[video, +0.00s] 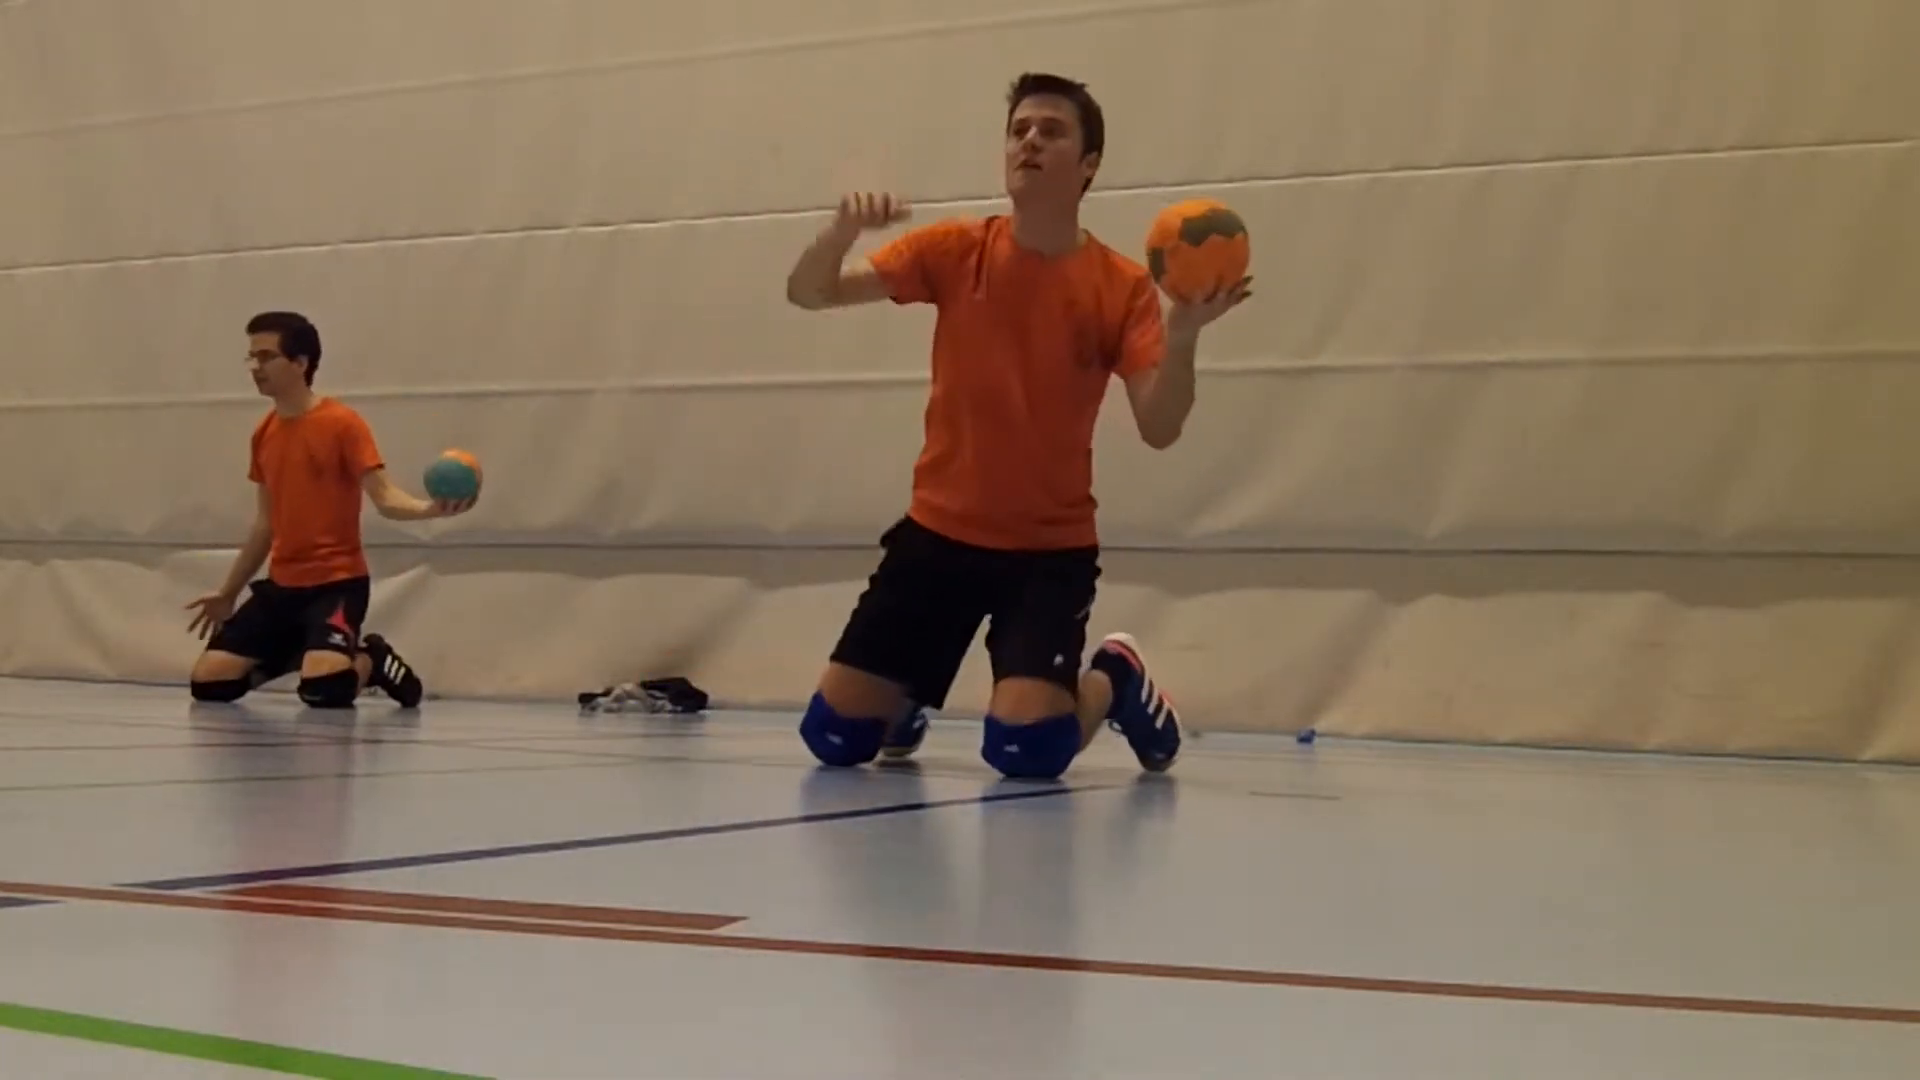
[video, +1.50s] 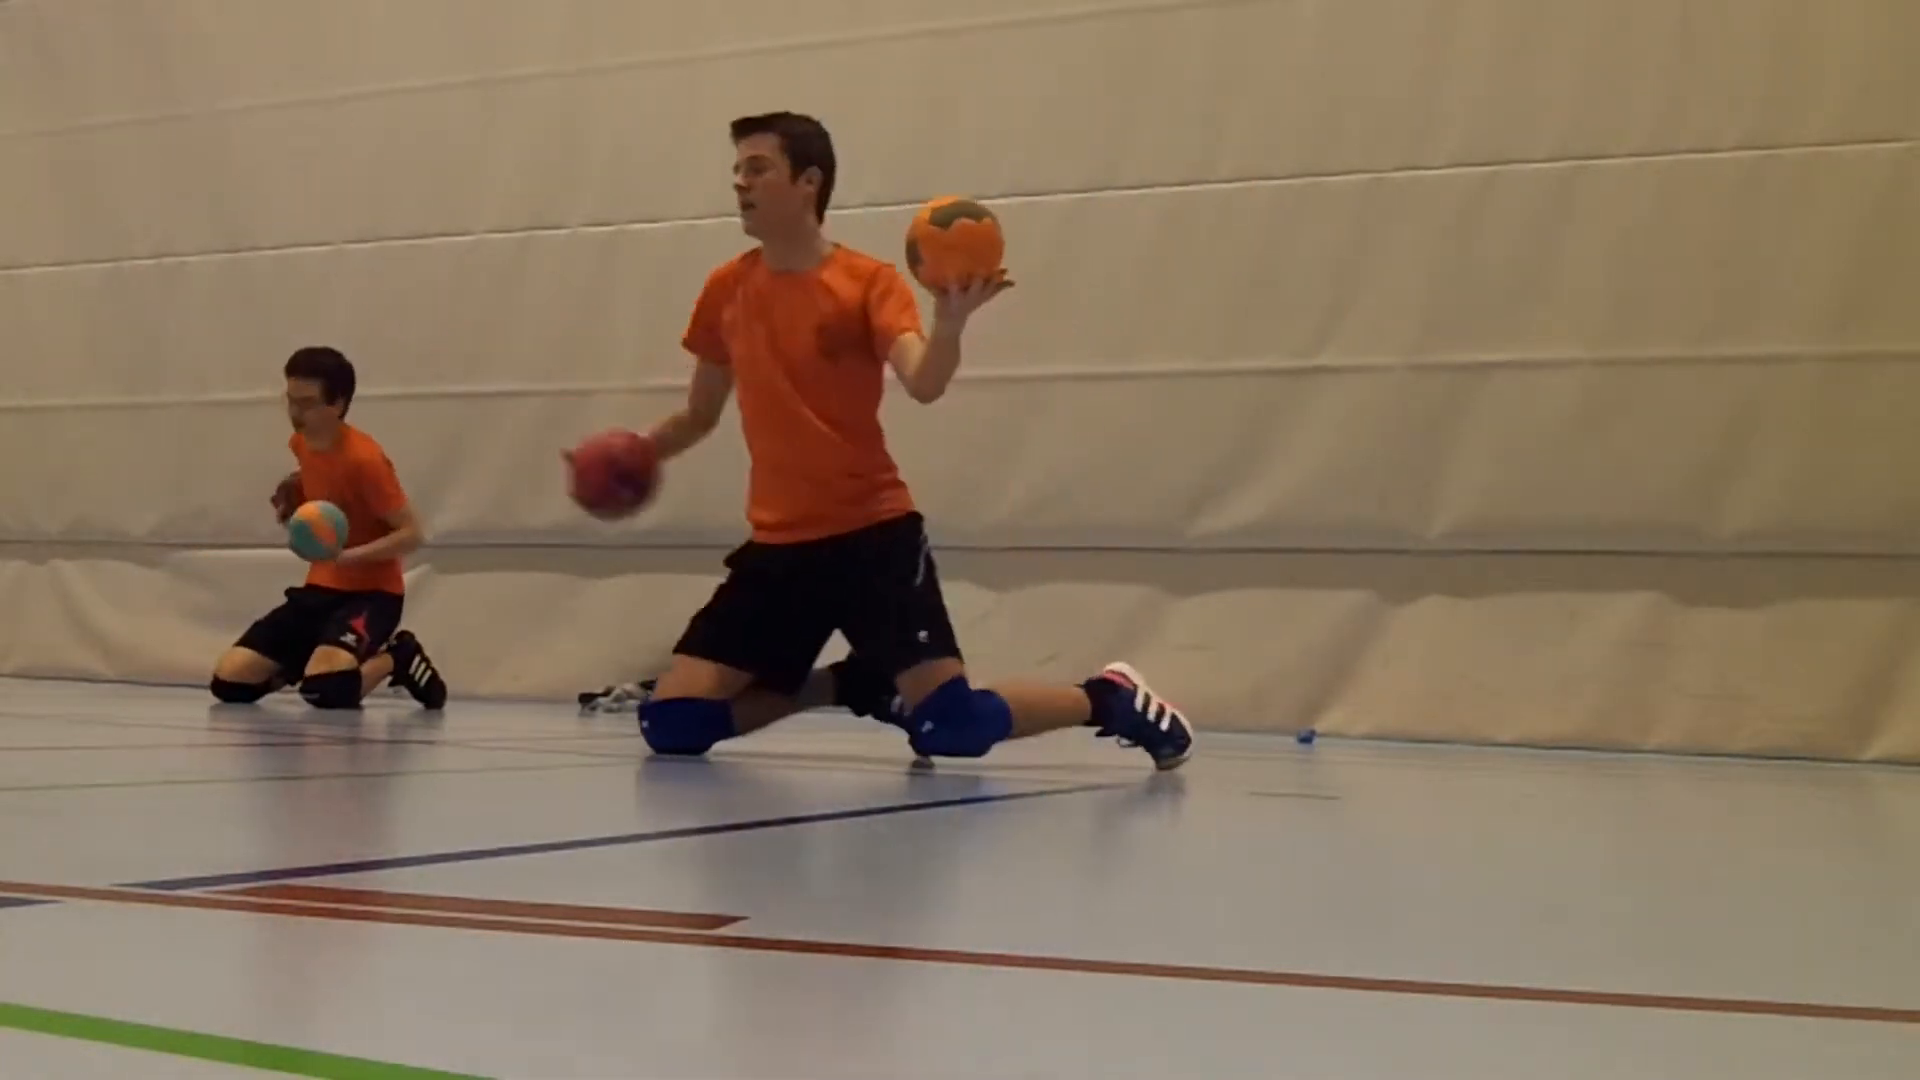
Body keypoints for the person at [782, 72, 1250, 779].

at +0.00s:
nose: (1027, 141)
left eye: (1051, 131)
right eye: (1017, 131)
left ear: (1088, 167)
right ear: (1002, 155)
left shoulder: (1122, 289)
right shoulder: (957, 251)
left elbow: (1159, 429)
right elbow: (809, 290)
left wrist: (1183, 335)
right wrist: (840, 233)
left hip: (1050, 547)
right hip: (939, 532)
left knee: (1022, 753)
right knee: (834, 736)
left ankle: (1116, 681)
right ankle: (905, 707)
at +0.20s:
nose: (1015, 120)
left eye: (1037, 109)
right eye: (1004, 111)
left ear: (1077, 143)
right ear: (990, 138)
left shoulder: (1113, 263)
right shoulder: (950, 239)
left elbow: (1162, 388)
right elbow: (853, 333)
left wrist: (1204, 301)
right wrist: (814, 346)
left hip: (1046, 532)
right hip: (934, 522)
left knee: (1025, 756)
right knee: (843, 739)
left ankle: (1122, 671)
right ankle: (944, 681)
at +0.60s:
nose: (970, 163)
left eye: (992, 152)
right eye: (961, 153)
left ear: (1033, 181)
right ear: (948, 177)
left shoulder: (1064, 292)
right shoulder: (919, 278)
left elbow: (1079, 427)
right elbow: (830, 383)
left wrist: (1103, 349)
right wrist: (765, 392)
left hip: (1036, 562)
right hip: (929, 554)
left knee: (1013, 751)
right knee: (830, 740)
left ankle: (1105, 669)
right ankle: (952, 677)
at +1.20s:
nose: (904, 223)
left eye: (926, 209)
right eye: (898, 212)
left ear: (972, 234)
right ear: (892, 232)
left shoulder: (1015, 337)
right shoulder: (870, 339)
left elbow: (1046, 463)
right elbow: (760, 428)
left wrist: (1046, 383)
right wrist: (696, 391)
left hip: (1009, 595)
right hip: (903, 595)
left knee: (1035, 754)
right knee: (749, 723)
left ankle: (1090, 688)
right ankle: (924, 677)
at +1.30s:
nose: (844, 221)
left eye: (864, 207)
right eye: (839, 209)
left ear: (914, 229)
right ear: (835, 231)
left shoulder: (967, 326)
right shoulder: (817, 330)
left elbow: (1012, 427)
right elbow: (684, 382)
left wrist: (1033, 358)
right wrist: (581, 340)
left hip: (977, 582)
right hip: (873, 591)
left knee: (1021, 753)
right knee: (734, 727)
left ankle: (1097, 686)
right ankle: (905, 679)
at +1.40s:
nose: (787, 209)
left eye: (804, 193)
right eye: (783, 196)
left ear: (858, 208)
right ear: (785, 214)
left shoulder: (917, 303)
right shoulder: (765, 309)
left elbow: (968, 397)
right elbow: (642, 381)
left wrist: (995, 330)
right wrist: (516, 380)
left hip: (930, 560)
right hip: (829, 574)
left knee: (991, 742)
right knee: (710, 729)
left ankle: (1112, 694)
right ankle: (875, 677)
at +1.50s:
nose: (739, 185)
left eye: (756, 170)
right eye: (737, 171)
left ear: (809, 183)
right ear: (743, 184)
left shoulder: (868, 282)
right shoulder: (729, 287)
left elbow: (924, 384)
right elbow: (698, 411)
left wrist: (950, 318)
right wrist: (635, 451)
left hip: (875, 536)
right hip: (777, 546)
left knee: (952, 726)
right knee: (672, 727)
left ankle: (1107, 701)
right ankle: (852, 685)